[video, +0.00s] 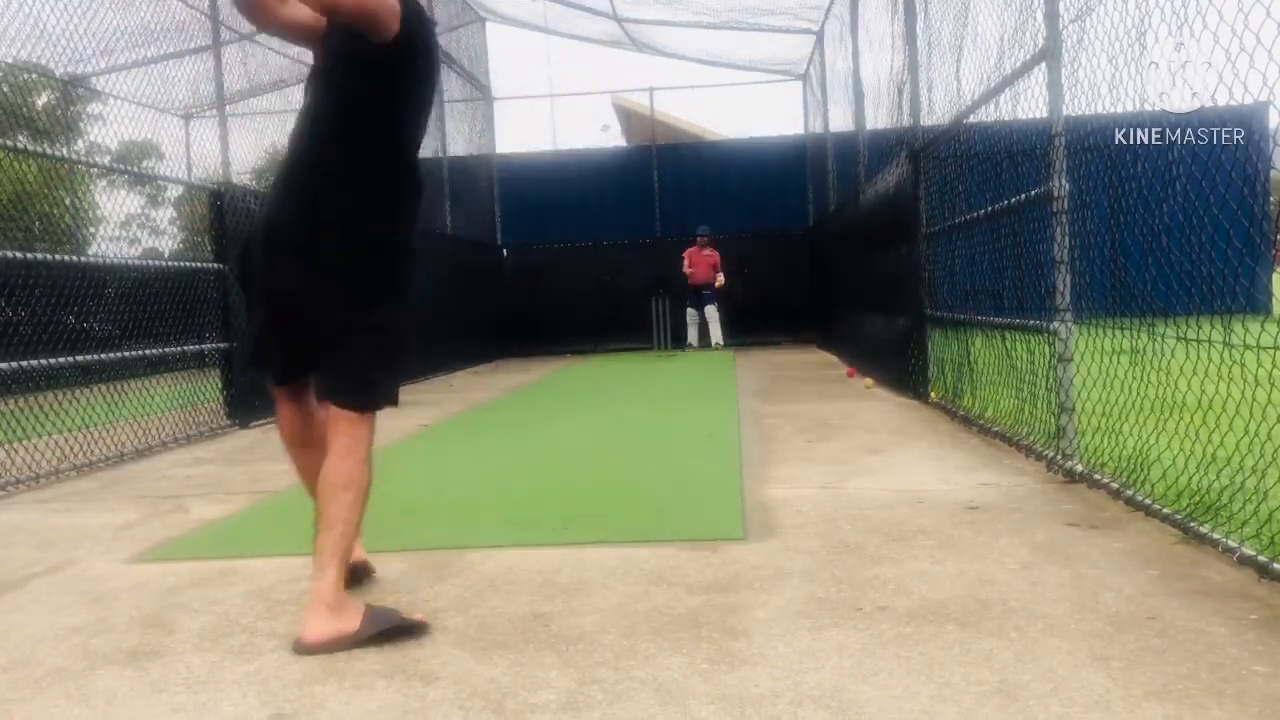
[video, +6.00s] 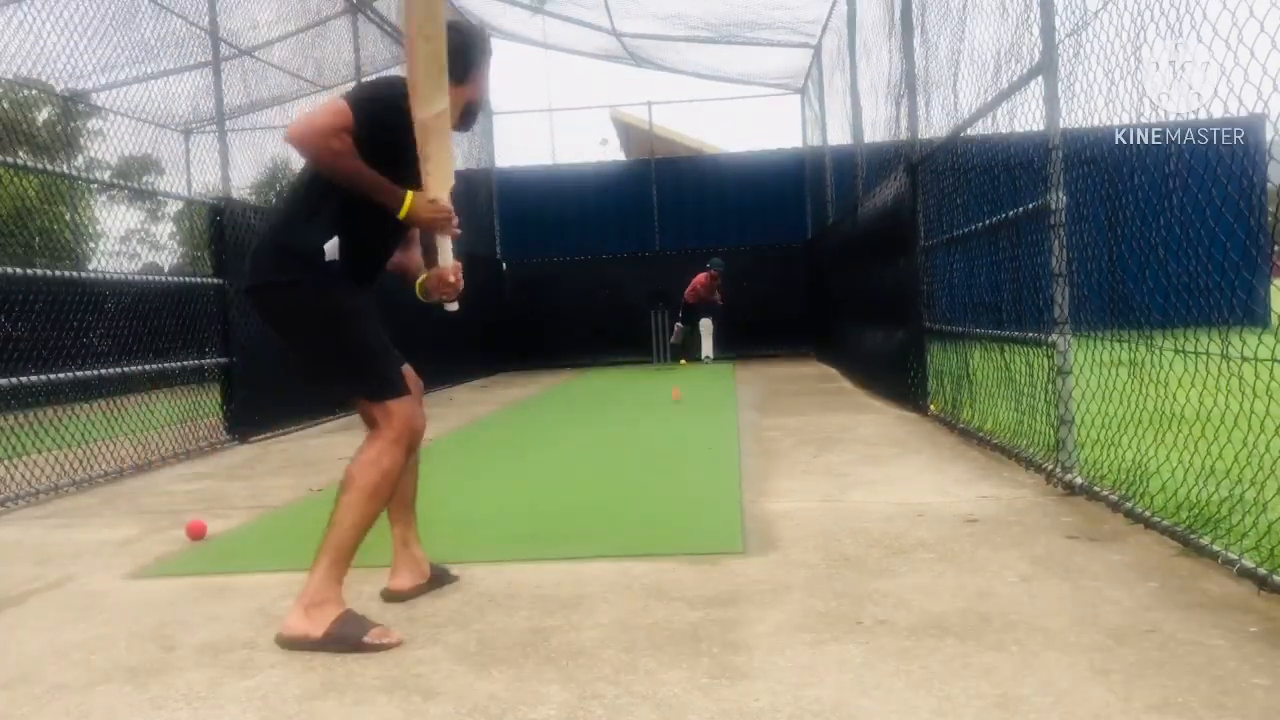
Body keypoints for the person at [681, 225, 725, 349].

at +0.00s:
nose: (701, 240)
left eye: (704, 237)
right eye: (699, 237)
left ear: (708, 239)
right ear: (696, 238)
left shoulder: (714, 254)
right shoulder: (689, 252)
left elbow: (718, 271)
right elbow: (685, 266)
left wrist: (719, 278)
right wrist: (688, 270)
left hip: (708, 286)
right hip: (693, 287)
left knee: (711, 313)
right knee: (691, 315)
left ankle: (717, 342)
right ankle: (692, 343)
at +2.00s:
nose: (704, 240)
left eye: (707, 237)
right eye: (703, 237)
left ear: (713, 237)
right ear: (700, 238)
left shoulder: (721, 252)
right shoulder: (698, 253)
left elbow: (727, 271)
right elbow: (695, 270)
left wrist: (714, 274)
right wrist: (701, 274)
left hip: (716, 285)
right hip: (702, 286)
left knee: (718, 313)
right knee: (700, 314)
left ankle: (721, 342)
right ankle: (699, 343)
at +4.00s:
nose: (704, 243)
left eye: (706, 240)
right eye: (703, 241)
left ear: (712, 239)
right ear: (704, 241)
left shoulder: (725, 252)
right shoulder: (702, 254)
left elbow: (731, 270)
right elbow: (702, 270)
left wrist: (718, 271)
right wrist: (696, 276)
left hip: (720, 285)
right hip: (707, 286)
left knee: (722, 311)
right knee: (700, 310)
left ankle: (726, 342)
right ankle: (699, 342)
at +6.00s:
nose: (716, 273)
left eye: (718, 271)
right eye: (714, 270)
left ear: (720, 272)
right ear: (710, 269)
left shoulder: (716, 280)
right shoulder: (702, 279)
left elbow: (715, 290)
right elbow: (703, 294)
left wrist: (717, 298)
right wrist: (714, 298)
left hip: (703, 302)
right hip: (690, 302)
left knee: (706, 326)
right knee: (686, 327)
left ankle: (707, 356)